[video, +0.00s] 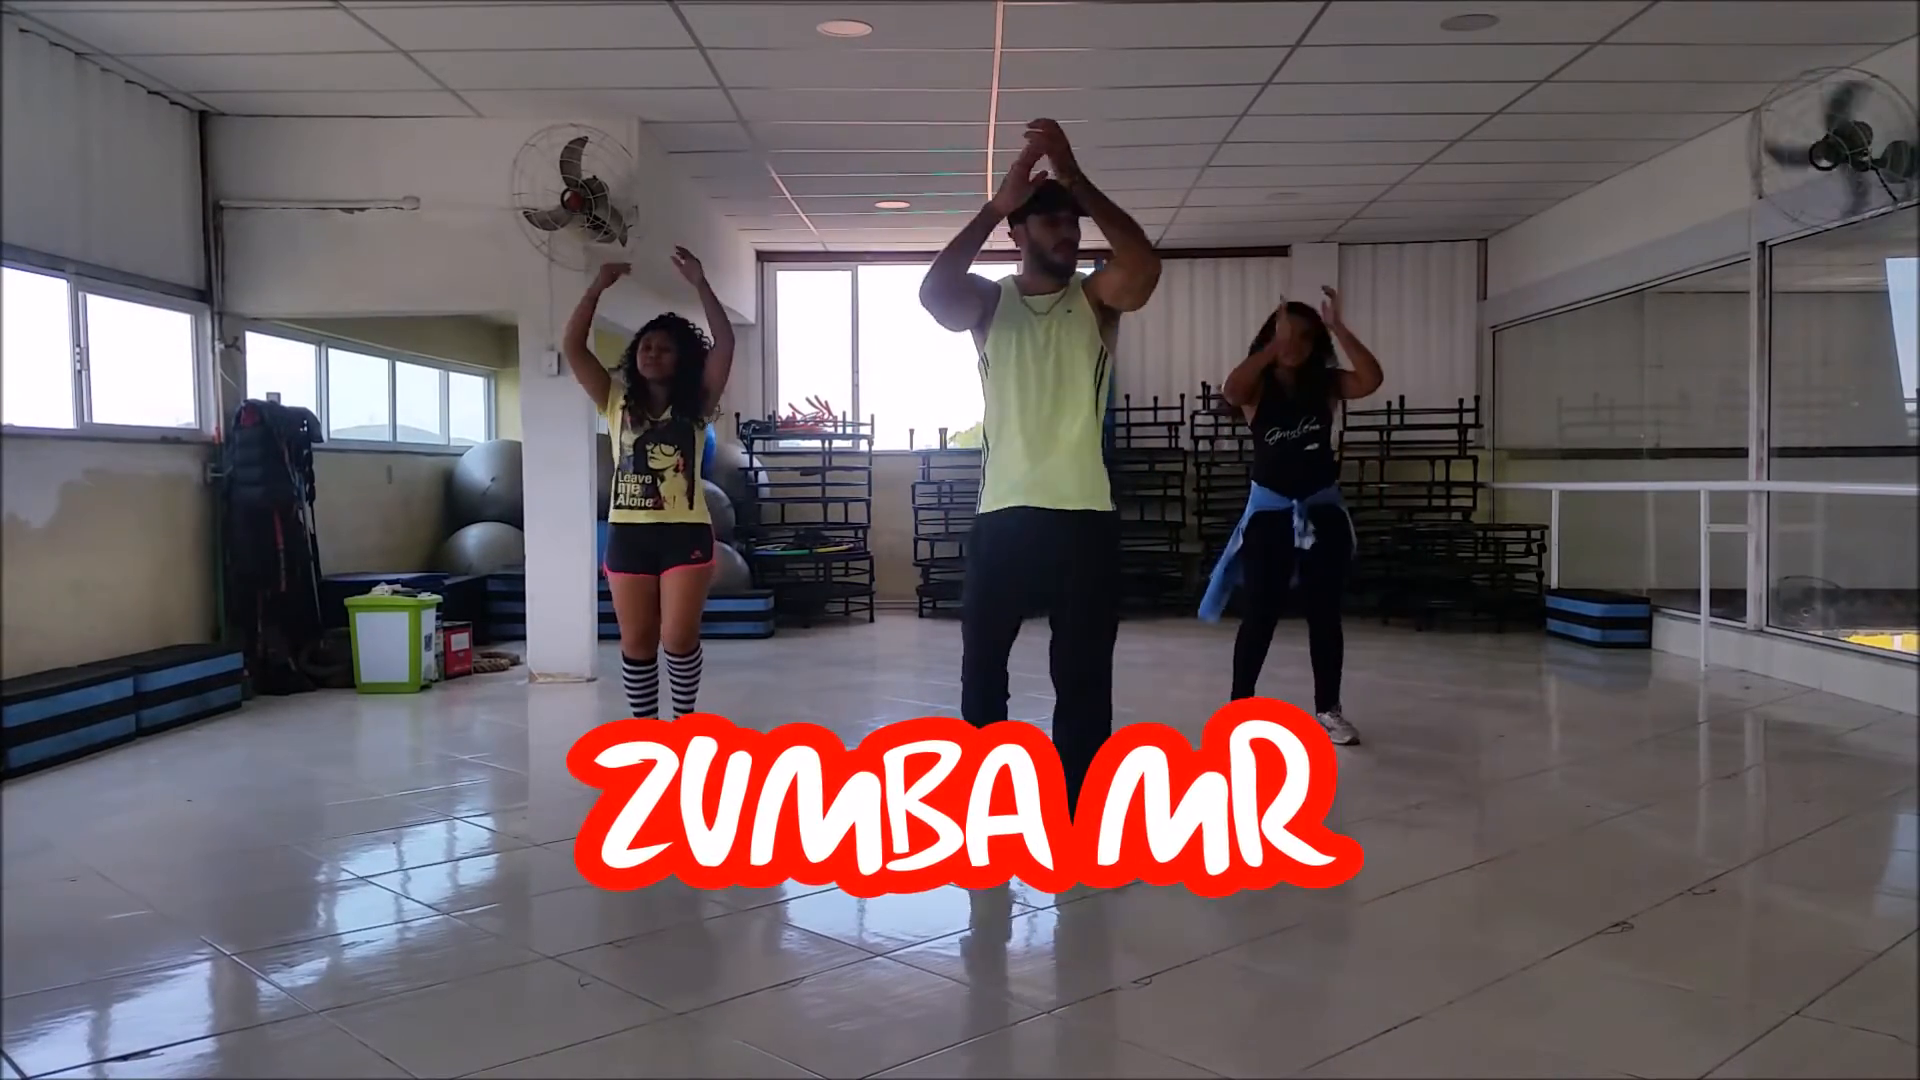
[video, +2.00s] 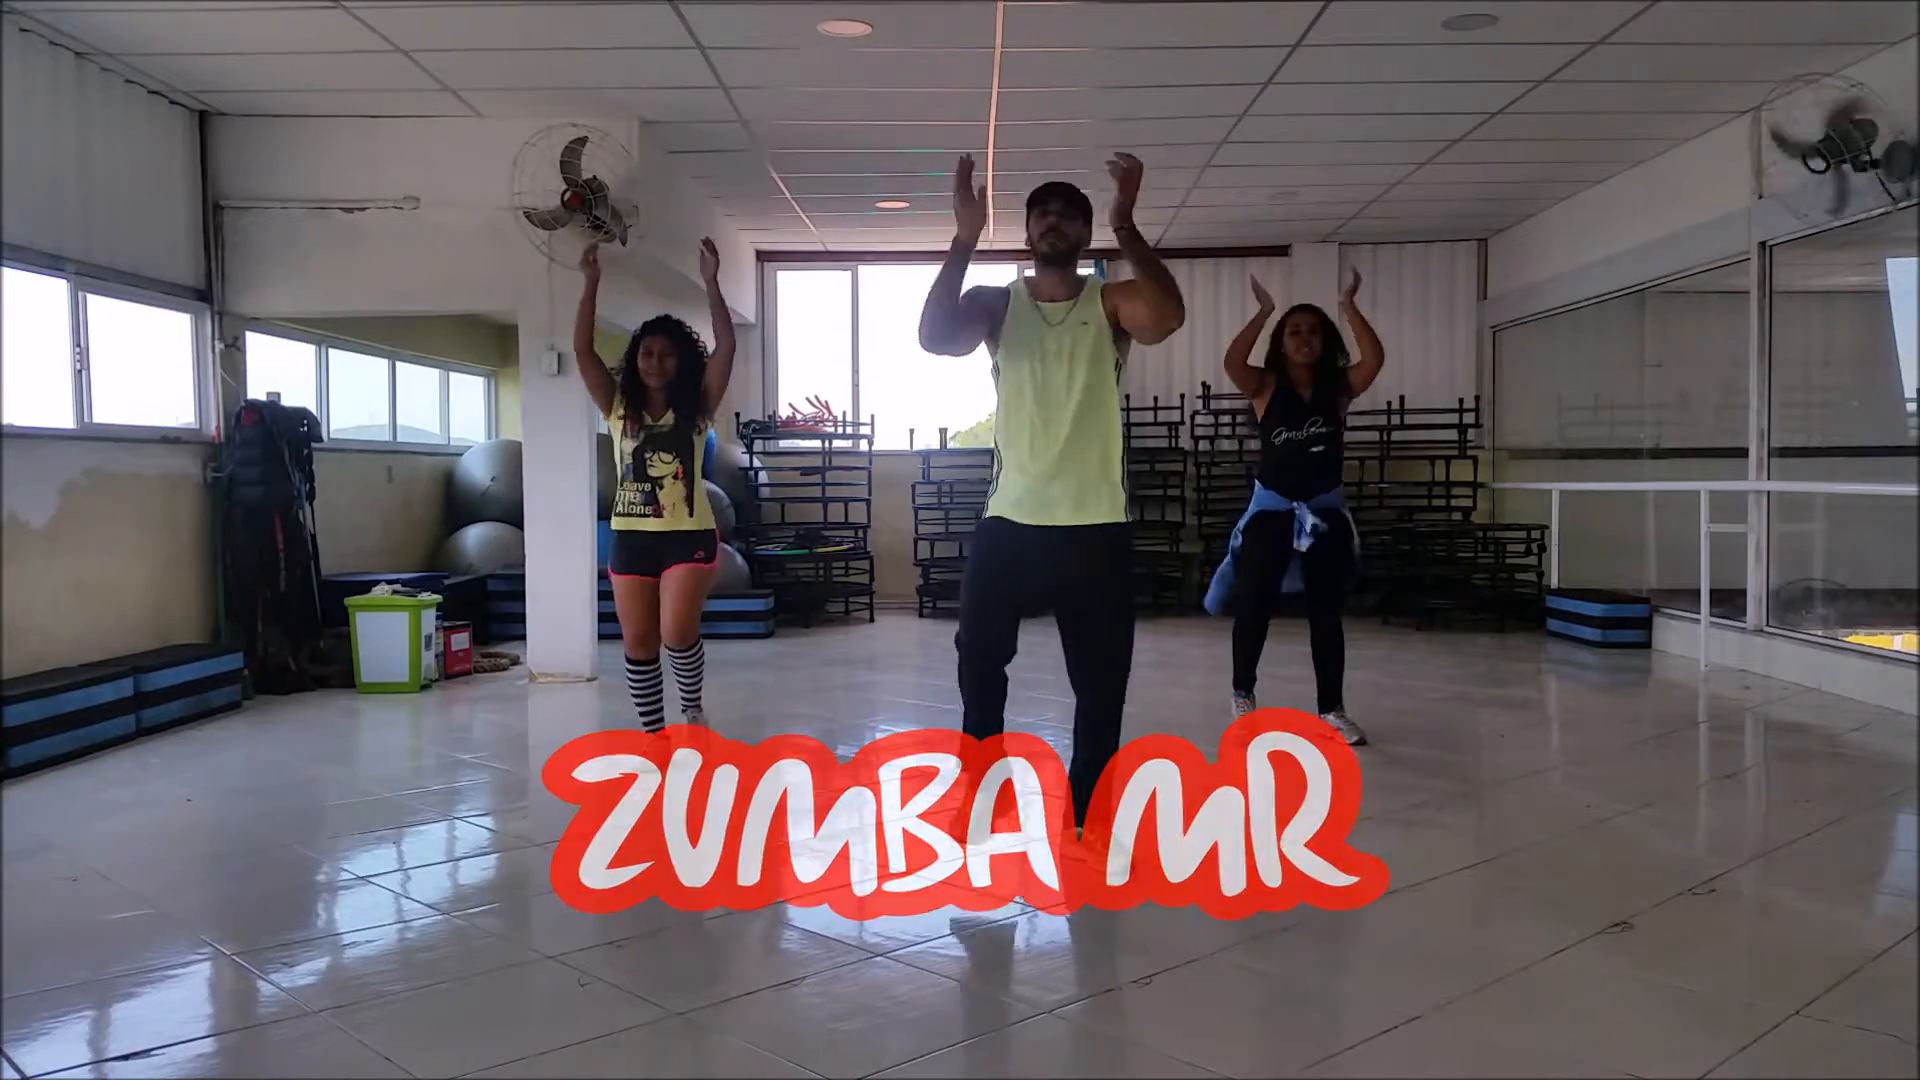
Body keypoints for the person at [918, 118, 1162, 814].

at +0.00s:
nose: (1065, 231)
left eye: (1071, 220)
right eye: (1050, 220)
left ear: (1081, 230)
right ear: (1017, 232)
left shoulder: (1097, 297)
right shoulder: (991, 302)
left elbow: (1142, 263)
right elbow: (936, 290)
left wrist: (1076, 180)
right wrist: (998, 208)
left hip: (1086, 518)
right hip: (1006, 517)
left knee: (1084, 684)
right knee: (981, 672)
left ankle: (1080, 822)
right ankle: (981, 810)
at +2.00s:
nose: (1053, 225)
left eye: (1067, 217)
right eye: (1041, 216)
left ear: (1087, 235)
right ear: (1027, 234)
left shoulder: (1112, 298)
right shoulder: (996, 303)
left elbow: (1167, 313)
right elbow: (935, 336)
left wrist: (1123, 226)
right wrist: (967, 235)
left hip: (1095, 523)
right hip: (1012, 520)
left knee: (1102, 691)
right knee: (979, 666)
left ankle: (1086, 827)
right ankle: (983, 803)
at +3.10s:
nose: (1053, 244)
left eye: (1067, 230)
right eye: (1041, 230)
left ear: (1086, 233)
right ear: (1024, 234)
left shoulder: (1124, 315)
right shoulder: (988, 326)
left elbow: (1204, 394)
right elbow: (927, 408)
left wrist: (1190, 479)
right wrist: (922, 486)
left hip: (1103, 537)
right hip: (1012, 537)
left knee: (1123, 688)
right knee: (974, 687)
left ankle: (1118, 825)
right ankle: (938, 825)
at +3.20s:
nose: (1041, 248)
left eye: (1054, 234)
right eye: (1029, 234)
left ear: (1074, 239)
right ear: (1012, 239)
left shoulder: (1112, 325)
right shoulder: (975, 332)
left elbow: (1181, 407)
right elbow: (927, 427)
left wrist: (1172, 492)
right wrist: (932, 508)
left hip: (1092, 545)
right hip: (1000, 545)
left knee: (1123, 693)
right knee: (960, 691)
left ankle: (1117, 825)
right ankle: (930, 828)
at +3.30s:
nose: (1027, 253)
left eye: (1040, 239)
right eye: (1015, 239)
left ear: (1059, 244)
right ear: (997, 242)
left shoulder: (1098, 327)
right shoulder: (960, 335)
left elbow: (1174, 411)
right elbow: (909, 428)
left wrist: (1162, 494)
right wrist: (916, 512)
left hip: (1078, 548)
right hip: (984, 547)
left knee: (1120, 697)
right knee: (943, 696)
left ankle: (1116, 827)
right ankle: (927, 832)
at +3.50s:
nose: (1013, 242)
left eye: (1026, 230)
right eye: (1001, 229)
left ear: (1047, 239)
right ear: (985, 237)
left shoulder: (1085, 322)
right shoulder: (946, 329)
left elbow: (1136, 406)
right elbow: (907, 419)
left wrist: (1119, 465)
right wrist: (897, 498)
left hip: (1070, 540)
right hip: (976, 542)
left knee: (1125, 685)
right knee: (937, 695)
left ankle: (1133, 817)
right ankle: (915, 829)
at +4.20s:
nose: (1021, 299)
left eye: (1034, 288)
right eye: (1009, 288)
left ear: (1055, 297)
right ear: (993, 298)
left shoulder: (1094, 369)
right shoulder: (966, 397)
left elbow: (1137, 466)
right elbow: (921, 496)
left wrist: (1156, 487)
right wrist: (876, 585)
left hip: (1072, 590)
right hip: (973, 590)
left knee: (1164, 708)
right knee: (905, 720)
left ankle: (1179, 832)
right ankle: (886, 837)